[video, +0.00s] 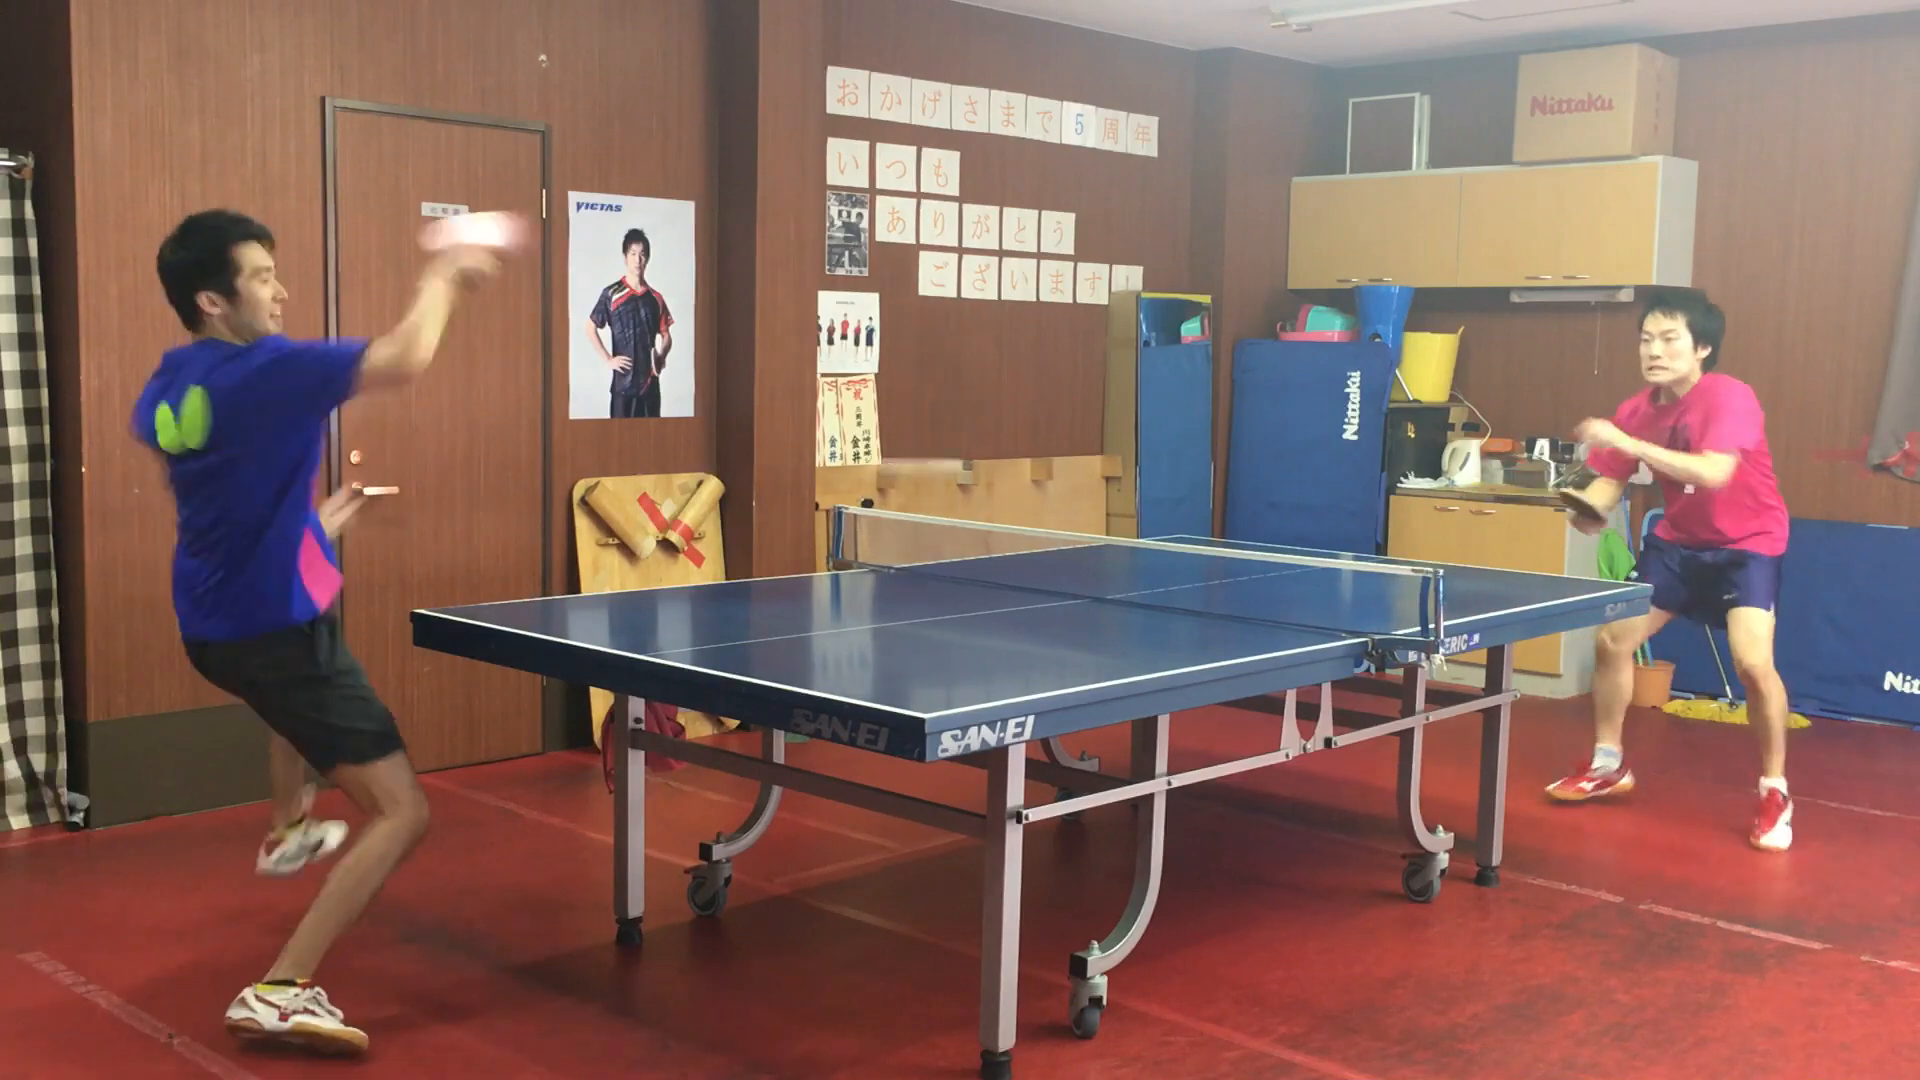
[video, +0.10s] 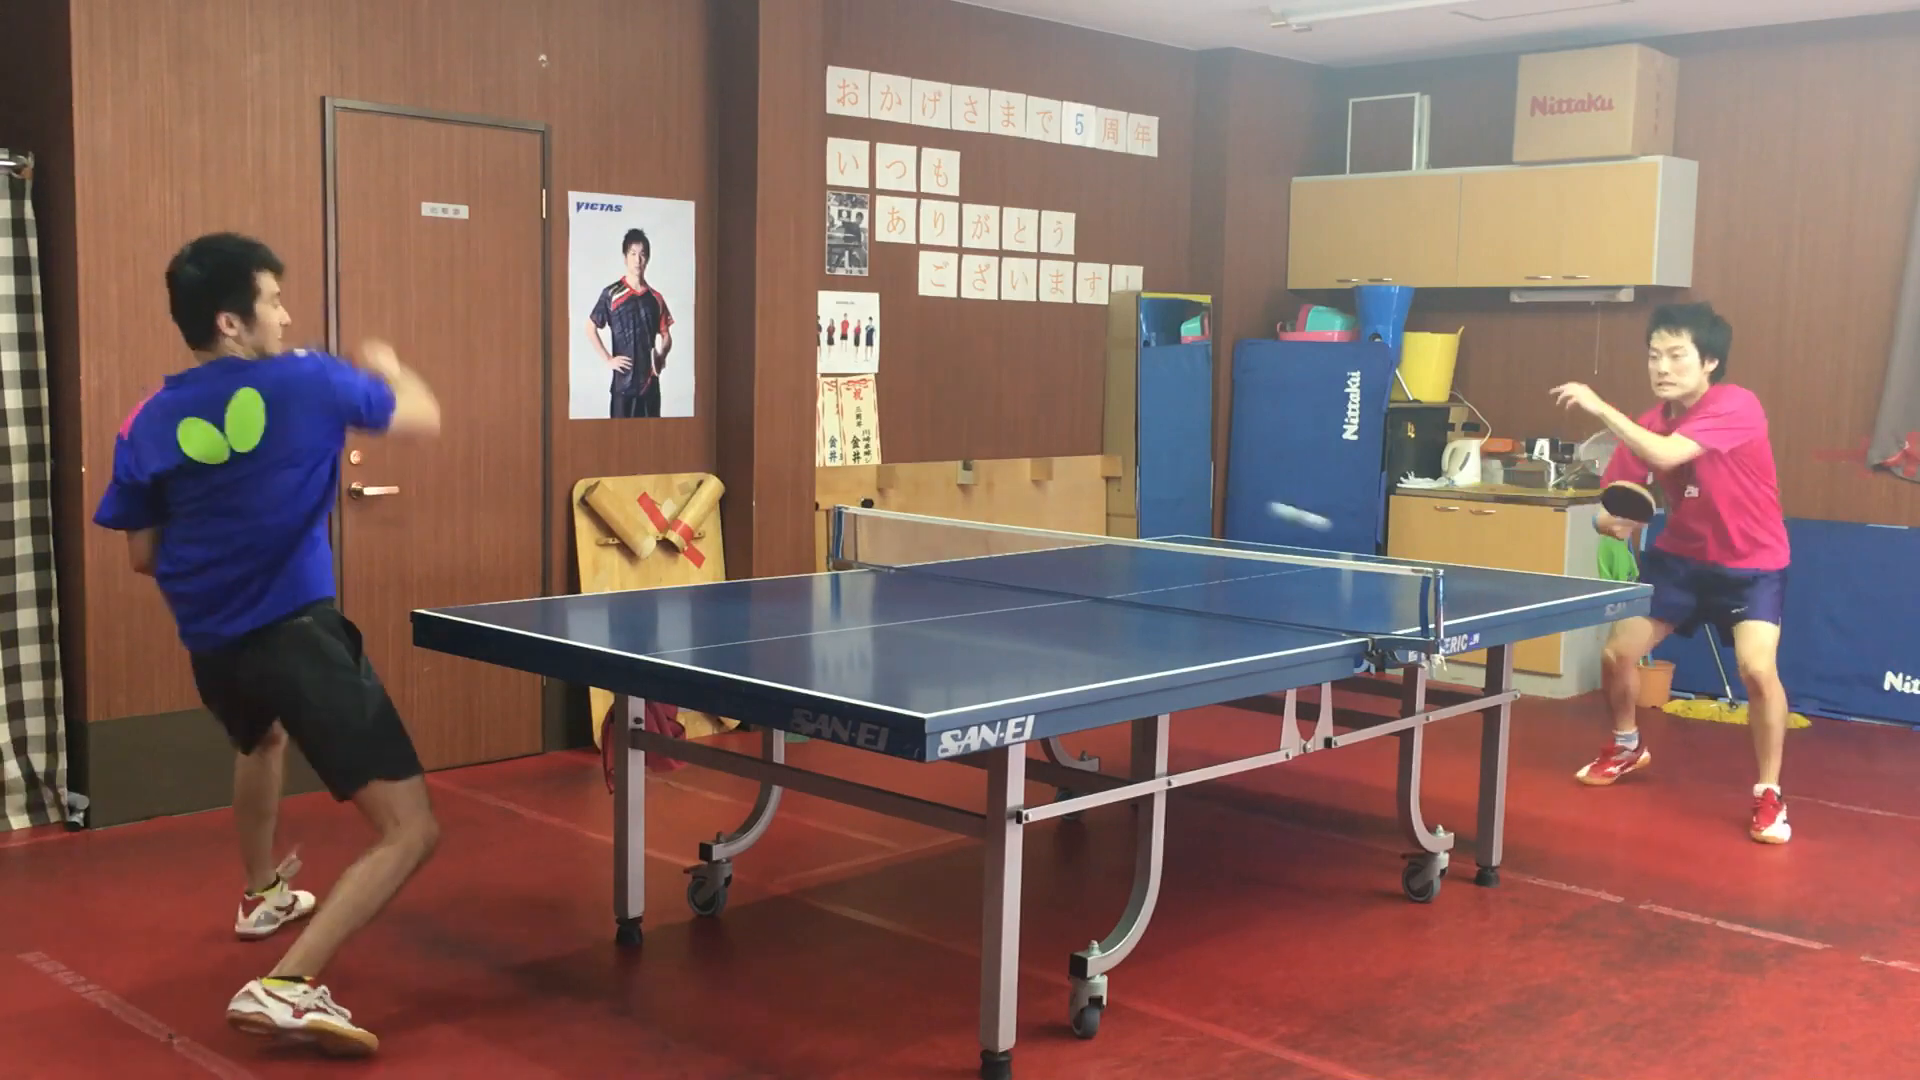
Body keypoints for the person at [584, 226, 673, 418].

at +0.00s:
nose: (639, 259)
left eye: (643, 254)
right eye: (633, 254)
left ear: (648, 258)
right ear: (625, 257)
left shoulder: (655, 298)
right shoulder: (611, 294)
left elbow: (666, 336)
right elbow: (590, 328)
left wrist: (661, 357)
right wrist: (608, 359)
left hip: (650, 380)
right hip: (624, 380)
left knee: (649, 437)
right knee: (622, 438)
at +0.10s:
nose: (638, 260)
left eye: (643, 254)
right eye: (633, 254)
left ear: (648, 258)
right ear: (625, 257)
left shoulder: (655, 298)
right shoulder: (611, 294)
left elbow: (666, 336)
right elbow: (590, 328)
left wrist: (661, 355)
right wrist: (608, 359)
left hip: (650, 380)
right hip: (624, 380)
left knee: (649, 437)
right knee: (622, 438)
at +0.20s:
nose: (639, 260)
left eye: (643, 254)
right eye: (633, 254)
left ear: (648, 258)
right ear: (625, 257)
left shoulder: (655, 298)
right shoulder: (611, 294)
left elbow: (666, 336)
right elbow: (590, 327)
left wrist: (661, 356)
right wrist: (608, 359)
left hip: (650, 380)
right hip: (624, 380)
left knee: (649, 437)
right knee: (622, 438)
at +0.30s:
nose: (639, 259)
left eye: (643, 254)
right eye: (633, 254)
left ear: (648, 258)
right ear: (625, 257)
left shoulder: (655, 298)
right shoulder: (611, 294)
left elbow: (666, 336)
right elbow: (590, 327)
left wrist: (661, 356)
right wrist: (608, 359)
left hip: (650, 380)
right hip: (624, 381)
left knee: (649, 438)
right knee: (622, 438)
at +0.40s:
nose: (638, 260)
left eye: (643, 254)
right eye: (633, 254)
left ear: (648, 258)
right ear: (625, 257)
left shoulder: (655, 298)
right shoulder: (611, 294)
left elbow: (666, 336)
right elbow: (590, 327)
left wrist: (661, 356)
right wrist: (608, 359)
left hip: (650, 380)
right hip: (624, 381)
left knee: (649, 438)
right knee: (622, 438)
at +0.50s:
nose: (639, 260)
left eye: (643, 254)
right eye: (633, 254)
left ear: (648, 258)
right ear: (625, 257)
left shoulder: (655, 297)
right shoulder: (611, 294)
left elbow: (666, 336)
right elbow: (590, 327)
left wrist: (661, 356)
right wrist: (608, 359)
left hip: (650, 380)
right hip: (624, 381)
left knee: (649, 438)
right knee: (622, 438)